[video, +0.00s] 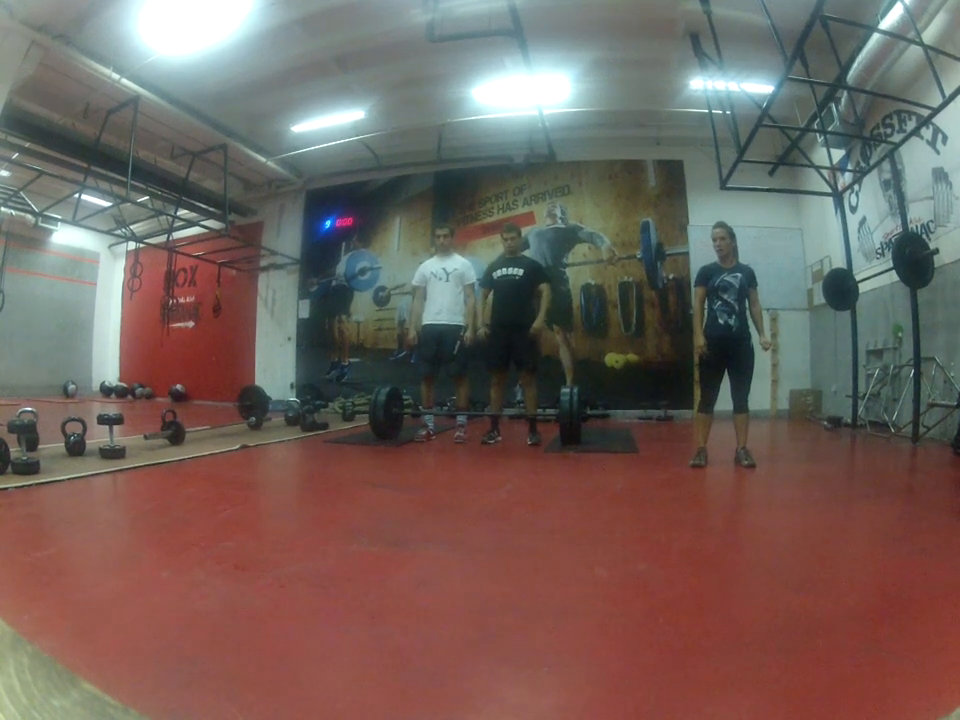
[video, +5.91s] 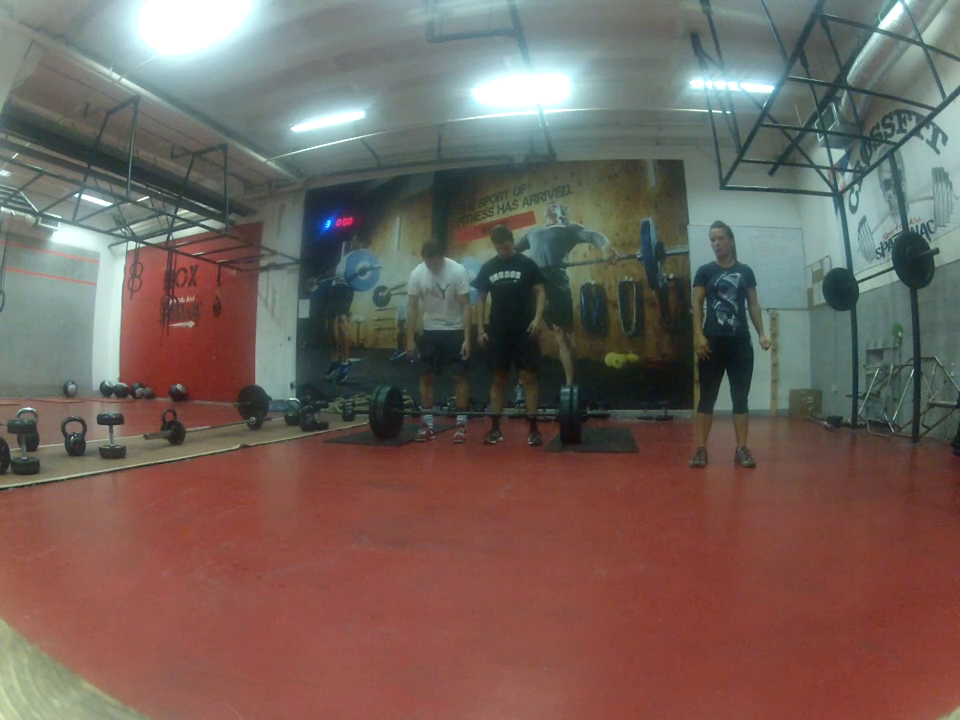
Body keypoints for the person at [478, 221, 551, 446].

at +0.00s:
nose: (509, 243)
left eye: (513, 239)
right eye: (506, 240)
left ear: (521, 240)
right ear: (501, 241)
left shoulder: (533, 265)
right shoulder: (494, 266)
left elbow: (546, 292)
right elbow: (483, 297)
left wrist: (540, 319)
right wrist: (481, 324)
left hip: (525, 329)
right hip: (499, 329)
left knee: (528, 378)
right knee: (497, 378)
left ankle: (533, 429)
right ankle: (494, 428)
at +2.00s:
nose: (507, 248)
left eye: (510, 244)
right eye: (503, 244)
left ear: (518, 243)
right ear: (498, 244)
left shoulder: (531, 266)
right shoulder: (493, 267)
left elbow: (543, 294)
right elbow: (484, 298)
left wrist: (545, 318)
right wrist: (478, 321)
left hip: (525, 329)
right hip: (499, 329)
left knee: (527, 377)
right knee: (498, 377)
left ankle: (533, 428)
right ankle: (494, 428)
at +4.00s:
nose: (491, 246)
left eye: (494, 242)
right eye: (491, 242)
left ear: (507, 241)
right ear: (497, 242)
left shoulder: (528, 265)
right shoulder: (491, 267)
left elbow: (541, 294)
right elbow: (483, 298)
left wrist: (544, 324)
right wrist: (482, 325)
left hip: (524, 329)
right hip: (497, 330)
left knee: (527, 377)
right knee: (497, 378)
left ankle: (533, 428)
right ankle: (495, 428)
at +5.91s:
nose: (504, 251)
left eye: (507, 246)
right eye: (500, 247)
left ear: (513, 243)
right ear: (494, 246)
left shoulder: (527, 264)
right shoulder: (488, 268)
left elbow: (541, 292)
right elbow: (480, 300)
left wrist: (538, 318)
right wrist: (481, 328)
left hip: (524, 328)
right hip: (498, 329)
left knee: (528, 377)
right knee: (499, 378)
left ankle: (533, 429)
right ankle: (495, 428)